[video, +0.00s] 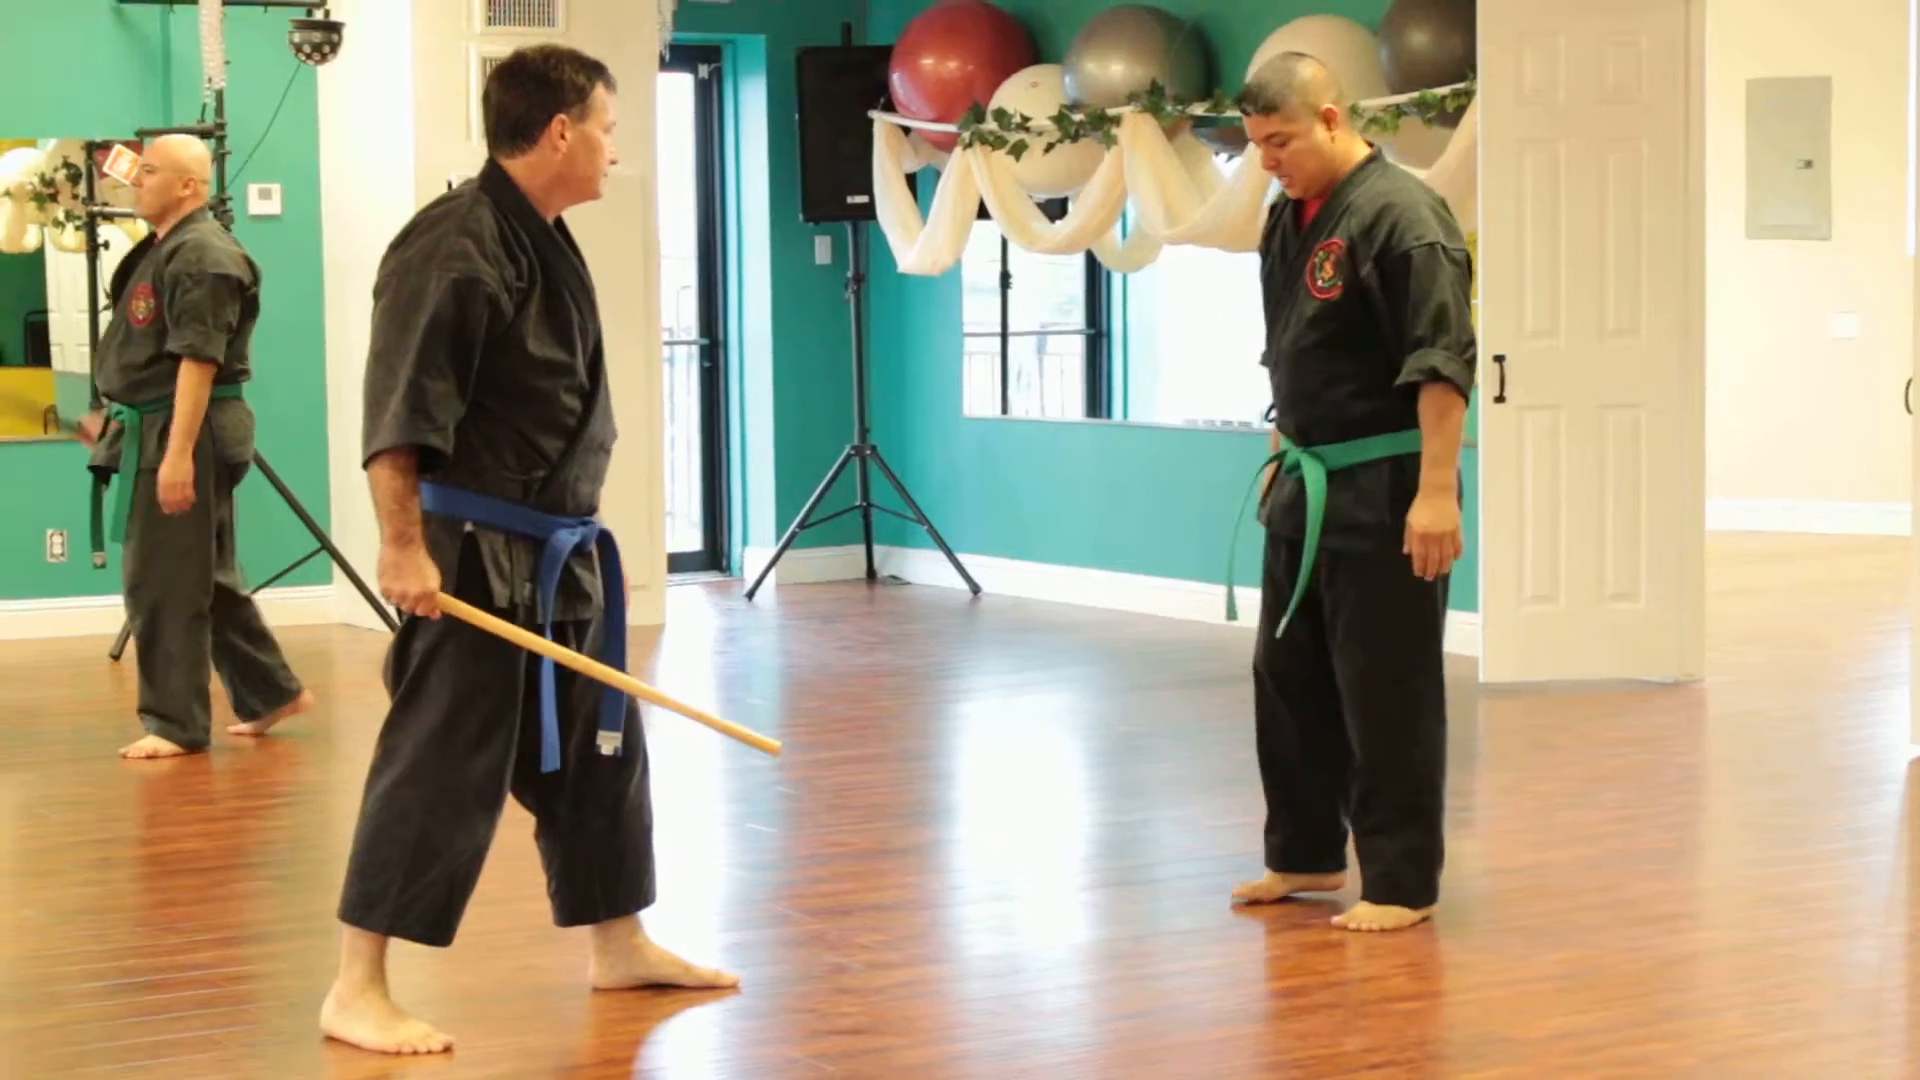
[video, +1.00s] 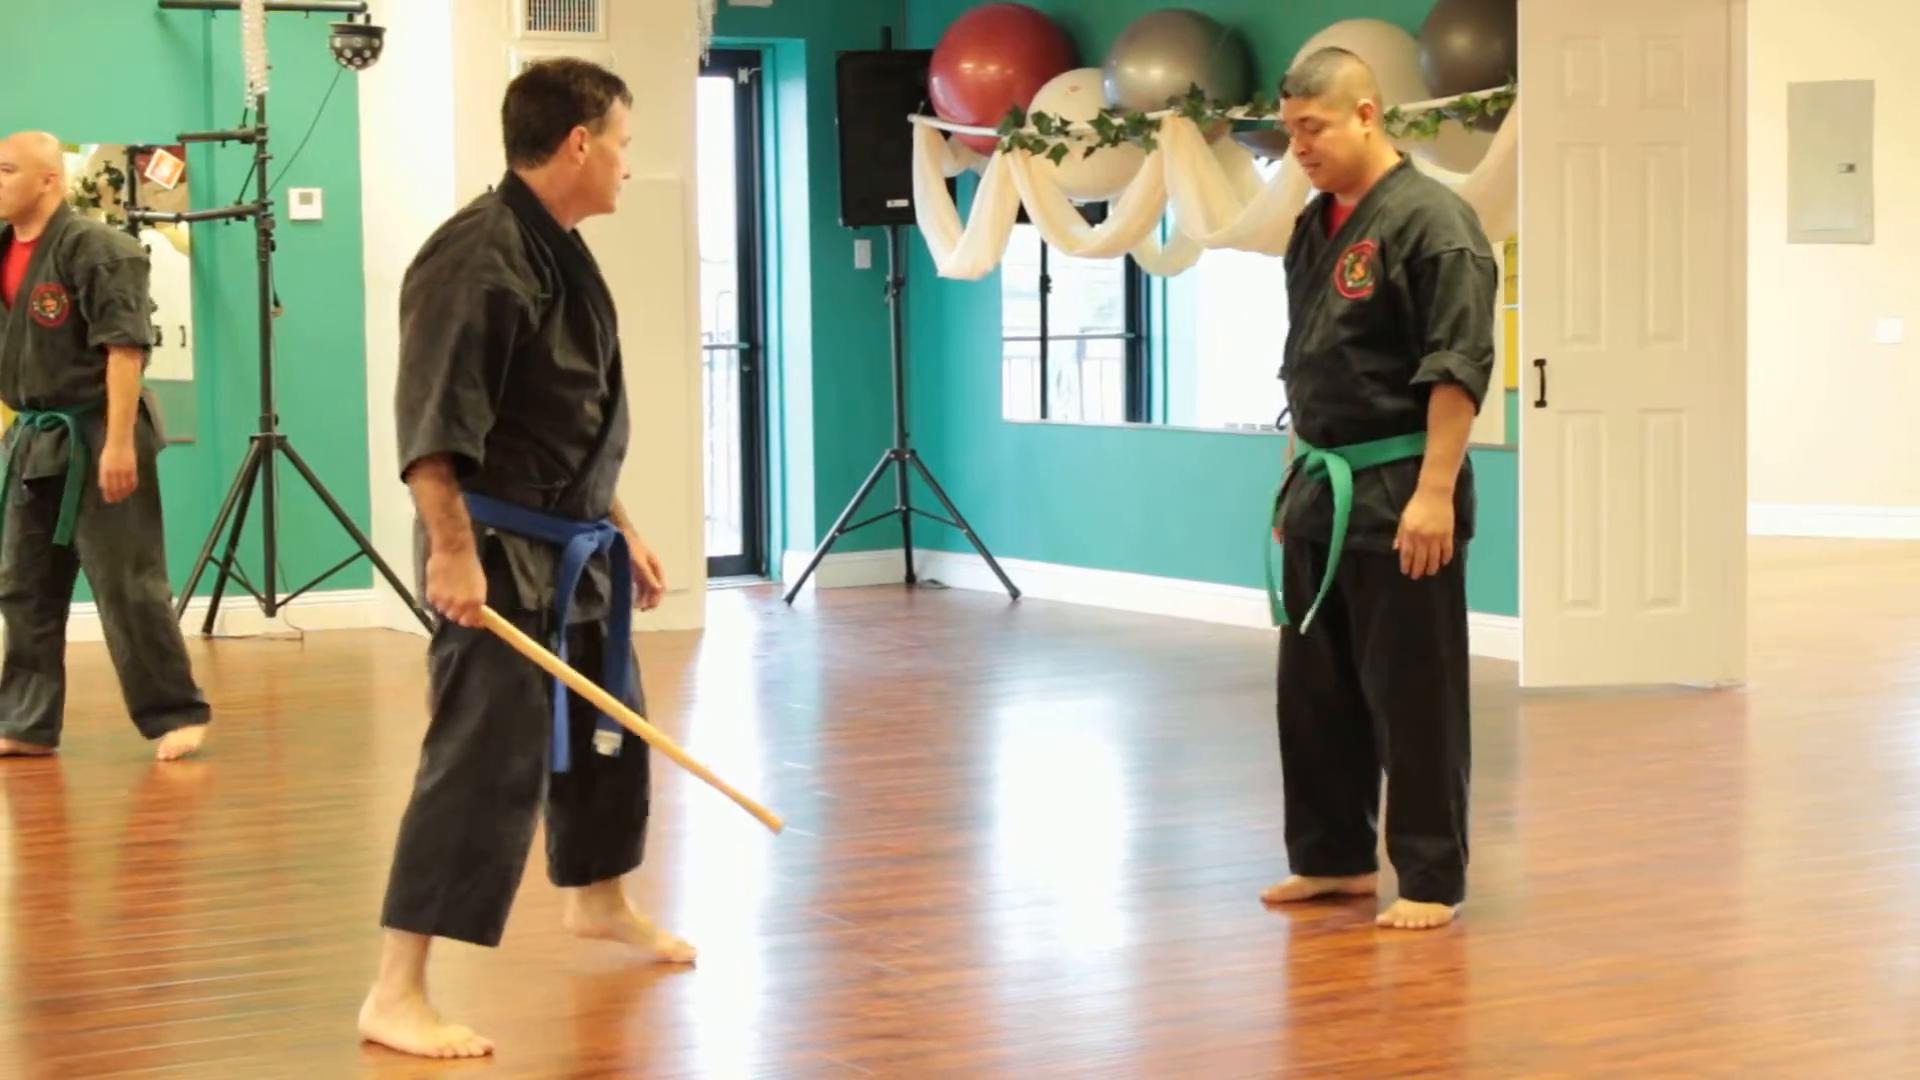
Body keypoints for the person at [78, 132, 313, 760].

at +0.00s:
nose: (134, 181)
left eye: (147, 172)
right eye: (137, 171)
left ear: (184, 185)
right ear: (173, 185)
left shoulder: (203, 254)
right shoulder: (167, 247)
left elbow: (199, 362)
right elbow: (144, 342)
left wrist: (180, 452)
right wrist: (111, 408)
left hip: (190, 428)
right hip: (170, 423)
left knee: (164, 576)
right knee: (200, 570)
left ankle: (178, 725)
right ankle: (271, 690)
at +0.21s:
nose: (114, 169)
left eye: (128, 162)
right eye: (117, 159)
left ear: (168, 178)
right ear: (152, 178)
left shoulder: (180, 244)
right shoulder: (141, 237)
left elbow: (179, 347)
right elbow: (98, 288)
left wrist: (166, 438)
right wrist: (44, 236)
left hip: (164, 430)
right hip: (132, 425)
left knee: (164, 574)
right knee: (116, 565)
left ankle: (186, 726)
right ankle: (176, 706)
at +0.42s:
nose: (81, 173)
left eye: (95, 164)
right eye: (83, 163)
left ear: (141, 181)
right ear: (124, 180)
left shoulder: (158, 250)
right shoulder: (92, 231)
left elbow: (146, 355)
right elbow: (41, 203)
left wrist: (107, 437)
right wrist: (61, 130)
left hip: (156, 427)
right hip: (102, 424)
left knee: (165, 582)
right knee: (80, 578)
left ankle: (193, 725)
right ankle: (36, 716)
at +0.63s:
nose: (41, 182)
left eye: (54, 173)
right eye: (44, 172)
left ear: (95, 185)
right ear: (77, 185)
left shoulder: (127, 257)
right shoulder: (31, 248)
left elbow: (118, 364)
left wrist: (68, 449)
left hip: (117, 437)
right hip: (48, 437)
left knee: (151, 587)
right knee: (31, 594)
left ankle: (191, 727)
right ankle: (11, 730)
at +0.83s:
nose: (6, 183)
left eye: (19, 172)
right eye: (7, 172)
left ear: (62, 185)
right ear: (22, 184)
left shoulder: (107, 254)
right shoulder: (16, 254)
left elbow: (123, 358)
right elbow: (19, 357)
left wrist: (96, 449)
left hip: (108, 433)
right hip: (38, 436)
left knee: (136, 583)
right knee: (28, 589)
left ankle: (189, 721)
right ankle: (23, 726)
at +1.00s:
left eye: (7, 170)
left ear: (48, 180)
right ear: (22, 181)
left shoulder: (99, 248)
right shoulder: (13, 253)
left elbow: (125, 348)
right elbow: (21, 357)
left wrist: (121, 440)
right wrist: (18, 424)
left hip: (102, 431)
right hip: (33, 434)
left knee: (127, 581)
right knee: (25, 587)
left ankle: (179, 718)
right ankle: (26, 725)